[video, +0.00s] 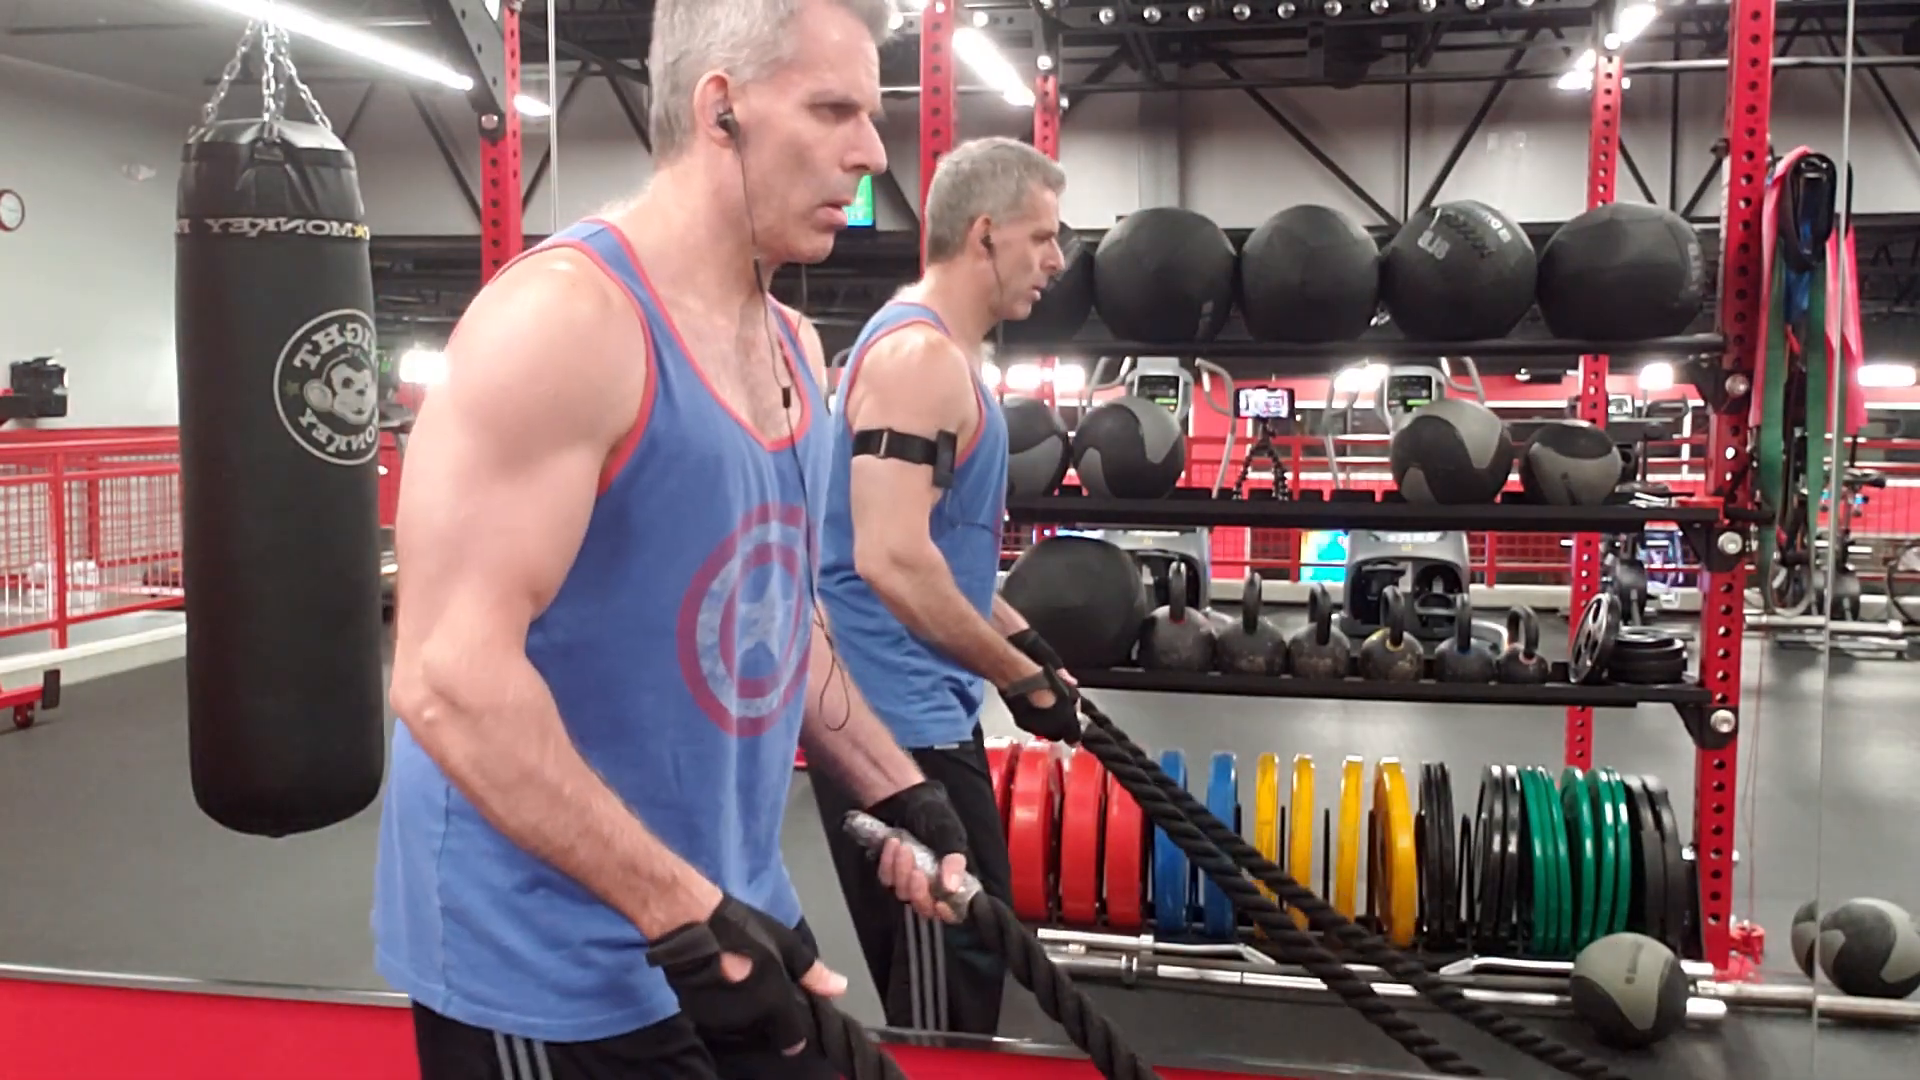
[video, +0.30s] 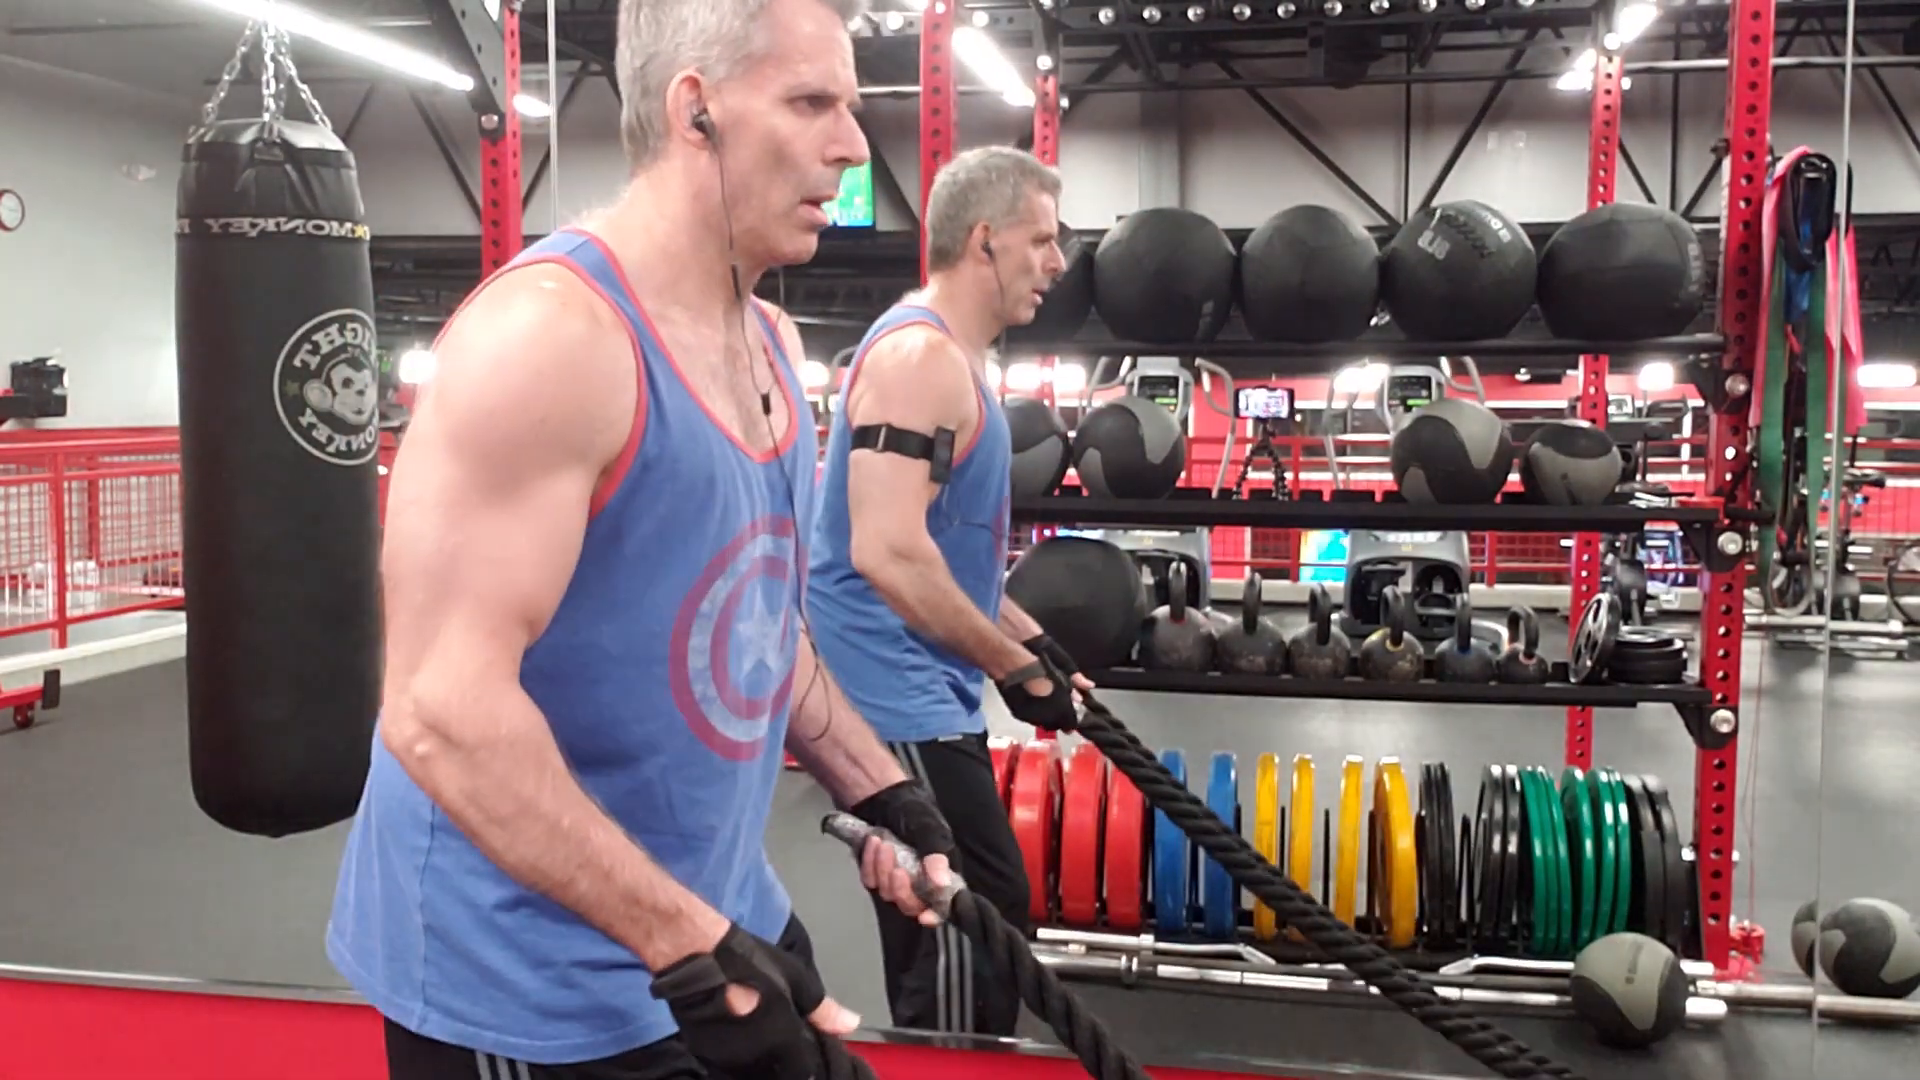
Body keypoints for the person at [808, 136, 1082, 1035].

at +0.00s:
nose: (1056, 262)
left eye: (1057, 240)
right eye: (1043, 238)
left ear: (988, 239)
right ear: (985, 235)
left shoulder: (942, 350)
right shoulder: (917, 354)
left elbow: (934, 544)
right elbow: (891, 556)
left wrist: (1020, 639)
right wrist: (1018, 678)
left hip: (928, 719)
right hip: (901, 728)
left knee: (961, 976)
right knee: (951, 984)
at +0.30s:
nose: (1057, 264)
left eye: (1058, 242)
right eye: (1044, 240)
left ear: (990, 244)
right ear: (986, 240)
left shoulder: (956, 357)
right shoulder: (919, 354)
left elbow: (949, 547)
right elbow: (889, 551)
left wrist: (1031, 639)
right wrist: (1010, 665)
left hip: (930, 695)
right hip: (892, 702)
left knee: (943, 937)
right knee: (990, 919)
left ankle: (943, 1064)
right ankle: (952, 1067)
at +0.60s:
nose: (1066, 274)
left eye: (1066, 252)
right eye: (1051, 250)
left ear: (996, 256)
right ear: (993, 253)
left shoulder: (959, 367)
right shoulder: (931, 367)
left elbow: (955, 564)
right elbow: (901, 568)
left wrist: (1026, 659)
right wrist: (1023, 685)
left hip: (943, 733)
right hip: (898, 740)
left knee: (993, 980)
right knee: (956, 994)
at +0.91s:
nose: (1064, 284)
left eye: (1063, 263)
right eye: (1049, 261)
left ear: (996, 268)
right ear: (992, 265)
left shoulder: (960, 377)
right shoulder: (930, 376)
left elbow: (952, 571)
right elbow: (894, 573)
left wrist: (1017, 672)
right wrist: (1012, 700)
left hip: (937, 720)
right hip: (898, 727)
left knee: (963, 958)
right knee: (982, 939)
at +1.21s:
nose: (1033, 282)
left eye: (1031, 261)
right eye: (1017, 260)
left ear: (966, 269)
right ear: (960, 265)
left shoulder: (942, 379)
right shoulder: (906, 378)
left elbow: (942, 570)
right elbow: (886, 575)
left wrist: (1011, 658)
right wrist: (1008, 692)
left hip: (943, 725)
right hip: (900, 732)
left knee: (995, 936)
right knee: (994, 935)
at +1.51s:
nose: (1037, 279)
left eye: (1034, 258)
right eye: (1021, 257)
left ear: (969, 270)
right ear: (963, 266)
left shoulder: (949, 387)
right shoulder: (901, 386)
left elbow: (943, 580)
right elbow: (877, 584)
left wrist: (1012, 676)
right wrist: (996, 706)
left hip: (946, 723)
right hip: (894, 729)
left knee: (1000, 923)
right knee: (993, 928)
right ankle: (956, 1078)